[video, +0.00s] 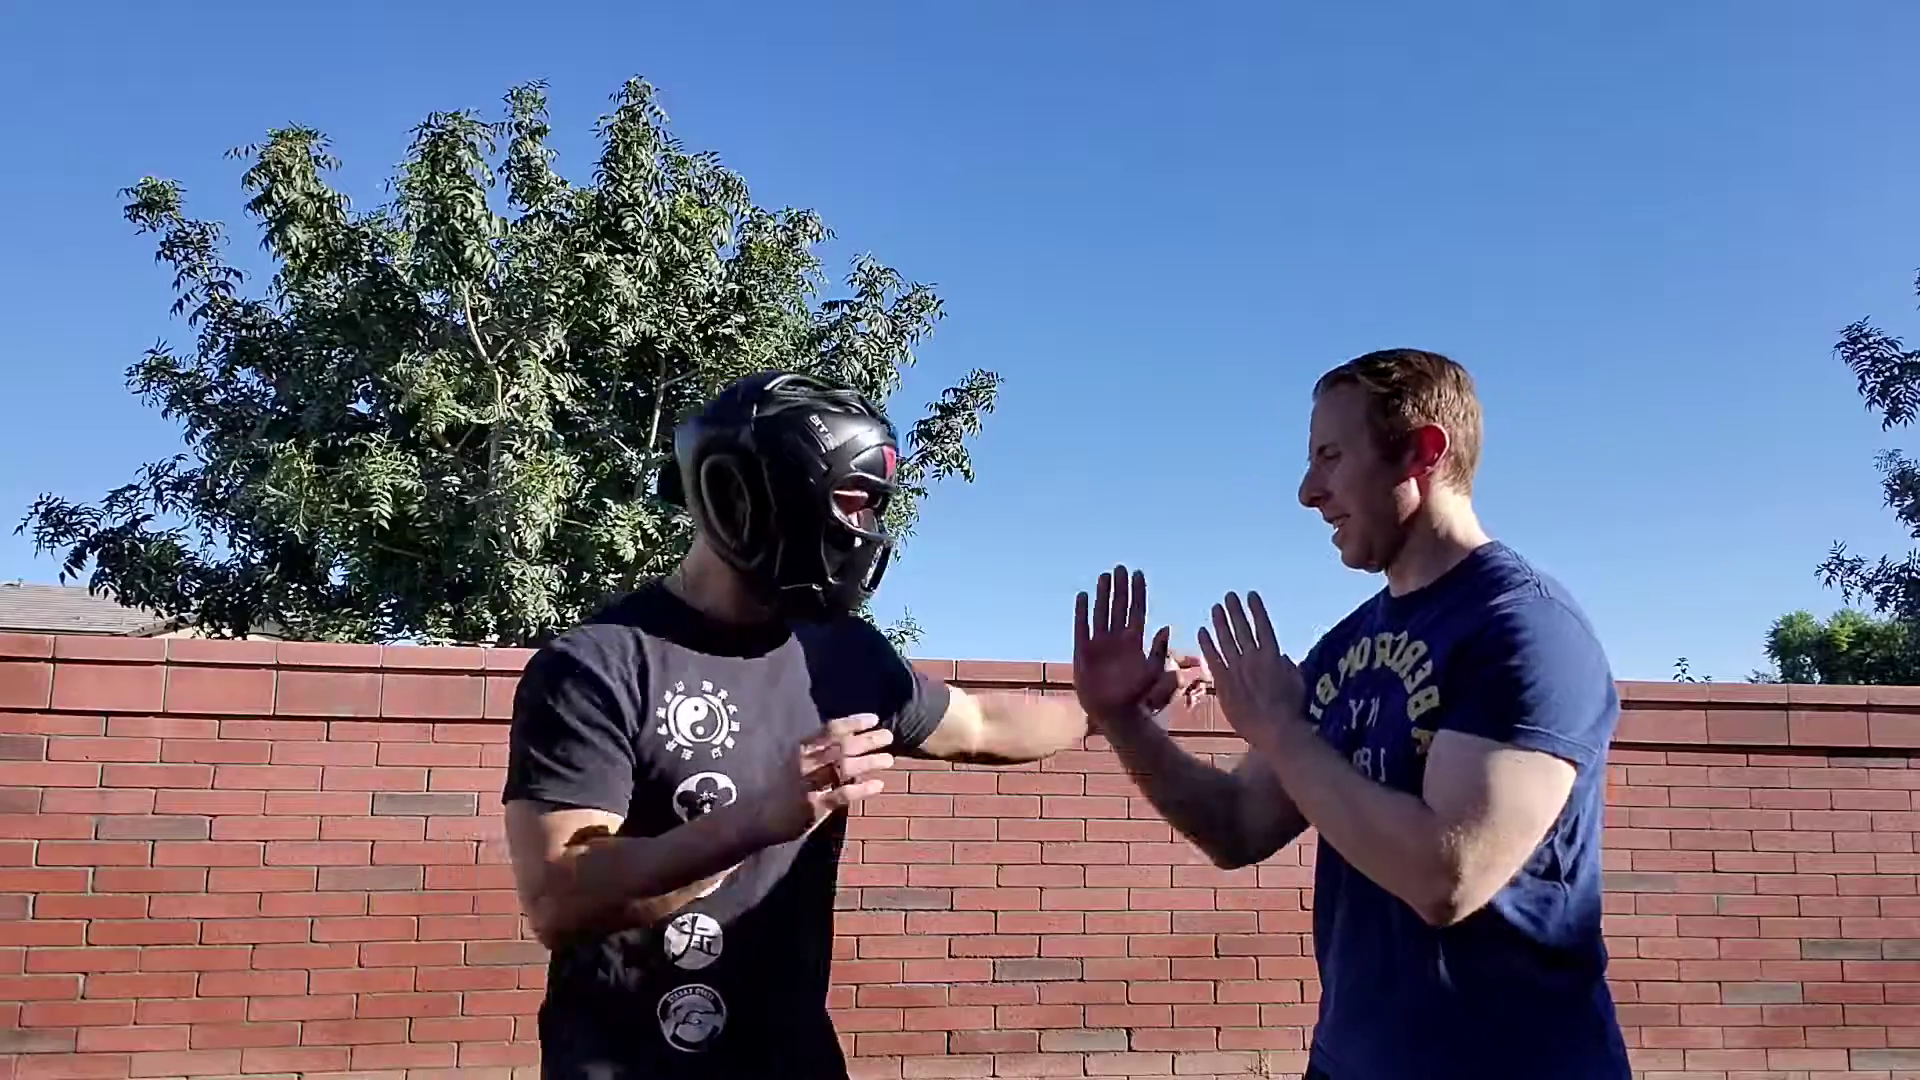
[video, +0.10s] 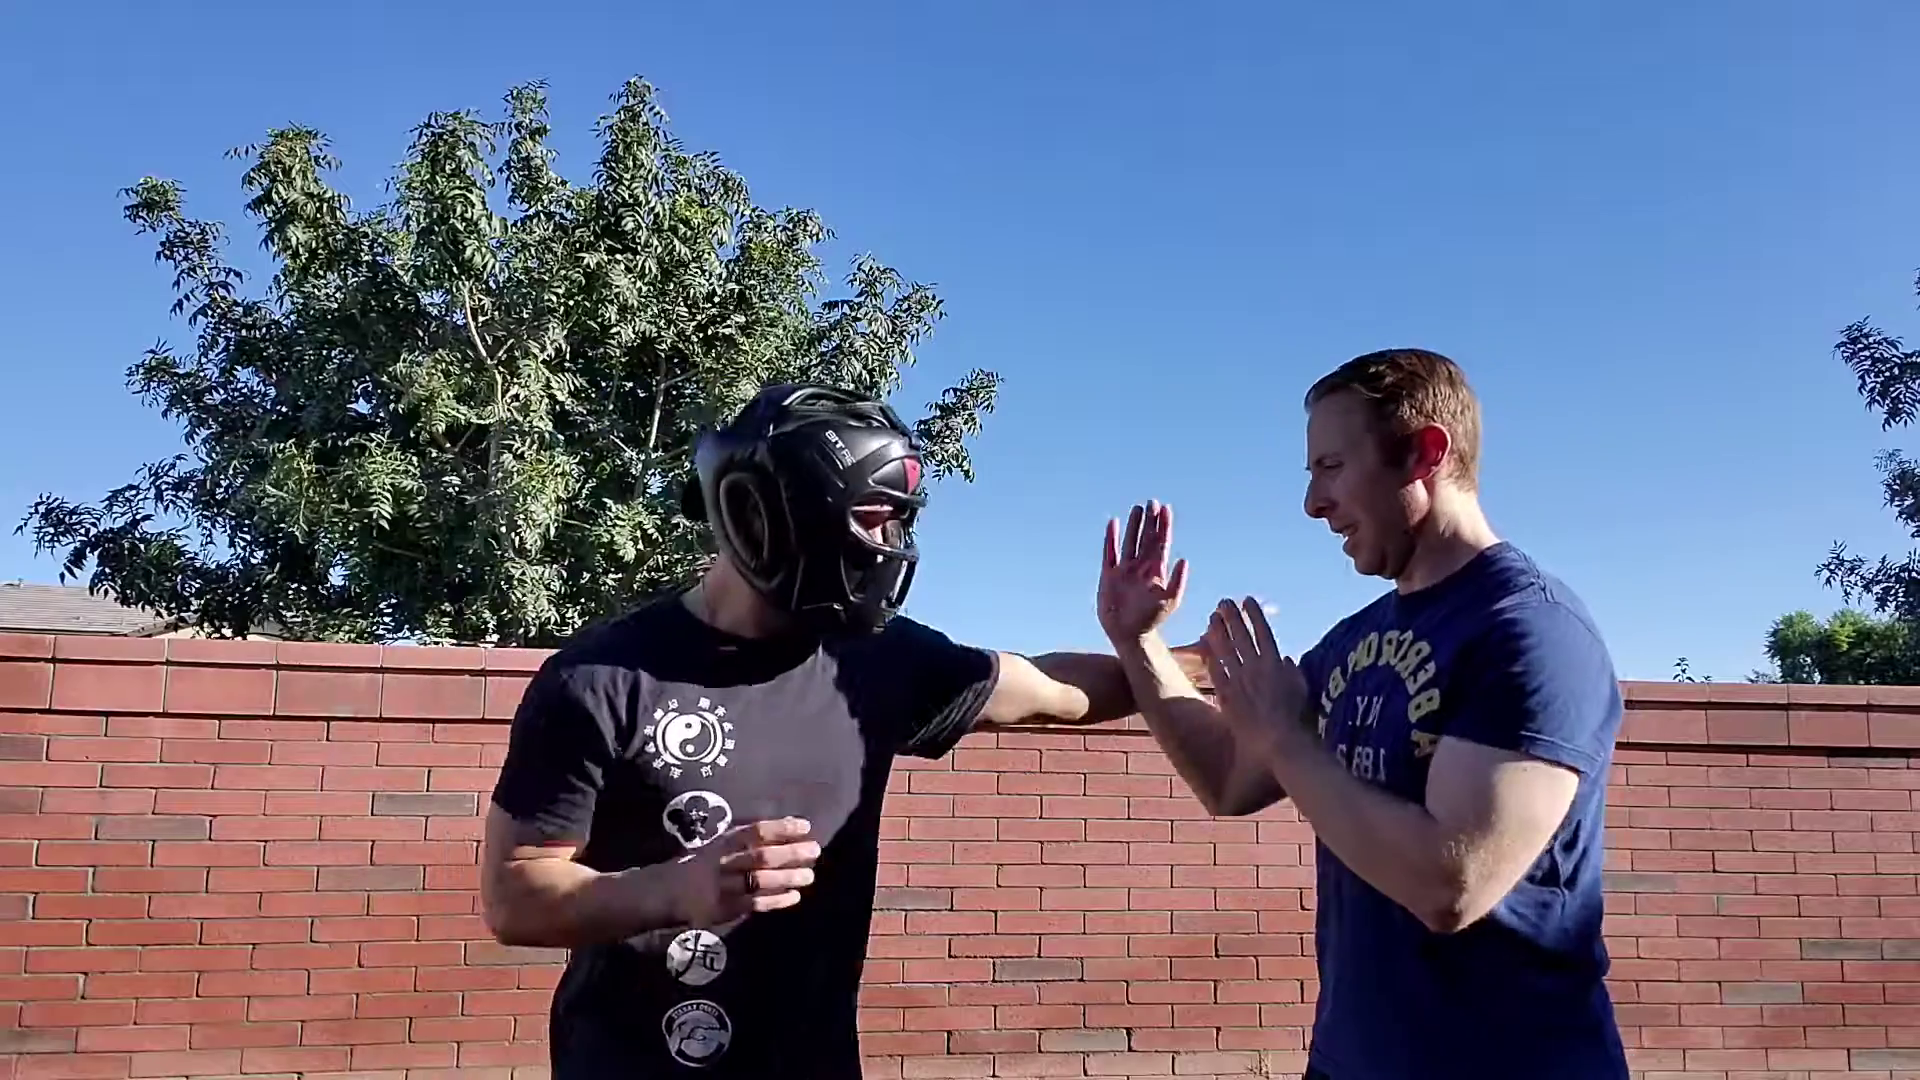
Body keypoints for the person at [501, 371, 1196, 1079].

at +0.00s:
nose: (867, 531)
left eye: (873, 507)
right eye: (847, 503)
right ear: (754, 497)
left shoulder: (837, 652)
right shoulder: (591, 670)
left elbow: (984, 728)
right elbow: (557, 902)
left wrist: (1106, 713)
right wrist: (766, 816)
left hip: (788, 1054)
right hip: (623, 1059)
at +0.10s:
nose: (893, 543)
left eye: (896, 518)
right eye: (870, 517)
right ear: (774, 515)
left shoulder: (881, 666)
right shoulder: (597, 684)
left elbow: (1064, 692)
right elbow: (516, 898)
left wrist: (1194, 678)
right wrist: (679, 890)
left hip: (809, 1059)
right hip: (629, 1062)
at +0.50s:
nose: (892, 535)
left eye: (895, 510)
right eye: (869, 508)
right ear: (772, 507)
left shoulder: (868, 656)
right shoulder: (597, 673)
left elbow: (1061, 675)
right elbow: (547, 899)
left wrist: (1214, 638)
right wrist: (741, 800)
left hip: (809, 1059)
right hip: (631, 1060)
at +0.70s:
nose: (886, 545)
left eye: (892, 522)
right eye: (866, 519)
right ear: (770, 512)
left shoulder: (867, 656)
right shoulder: (605, 670)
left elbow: (1061, 682)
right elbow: (630, 890)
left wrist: (1194, 649)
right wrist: (792, 761)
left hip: (808, 1056)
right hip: (634, 1057)